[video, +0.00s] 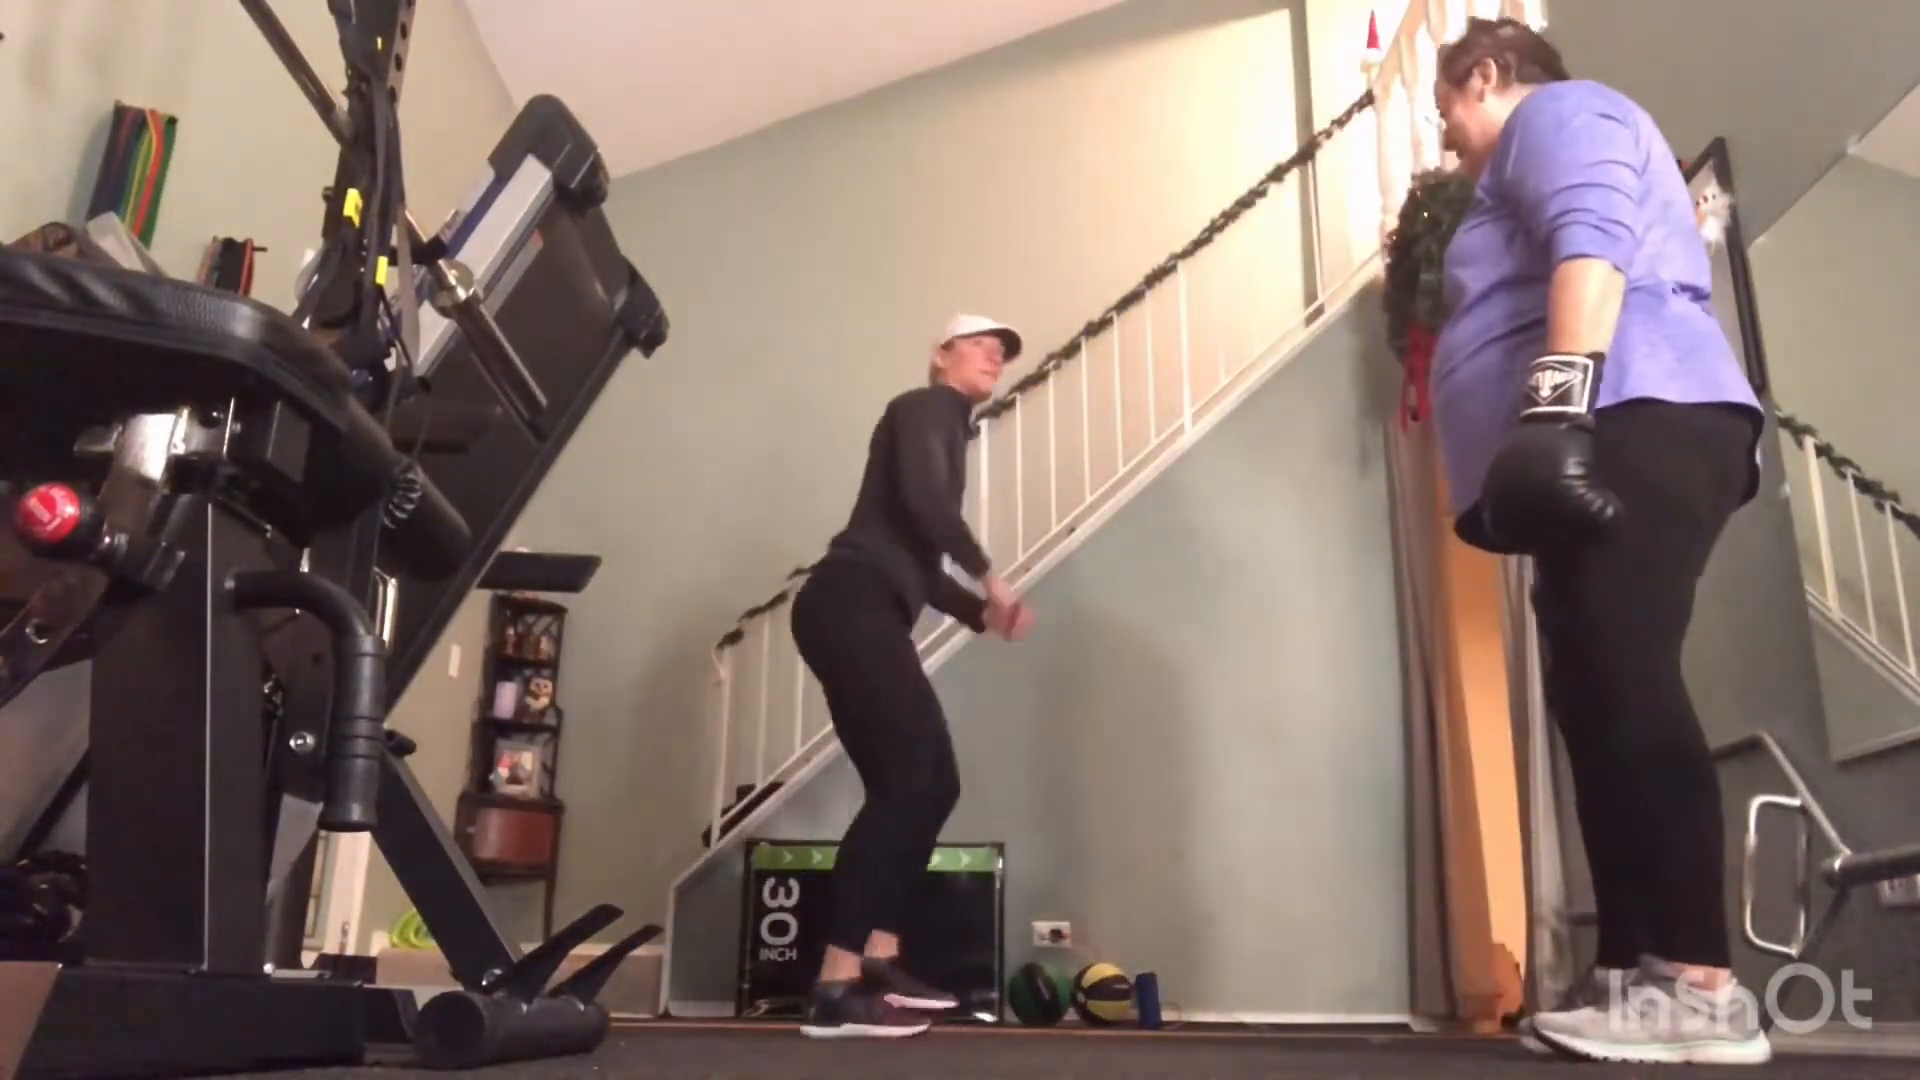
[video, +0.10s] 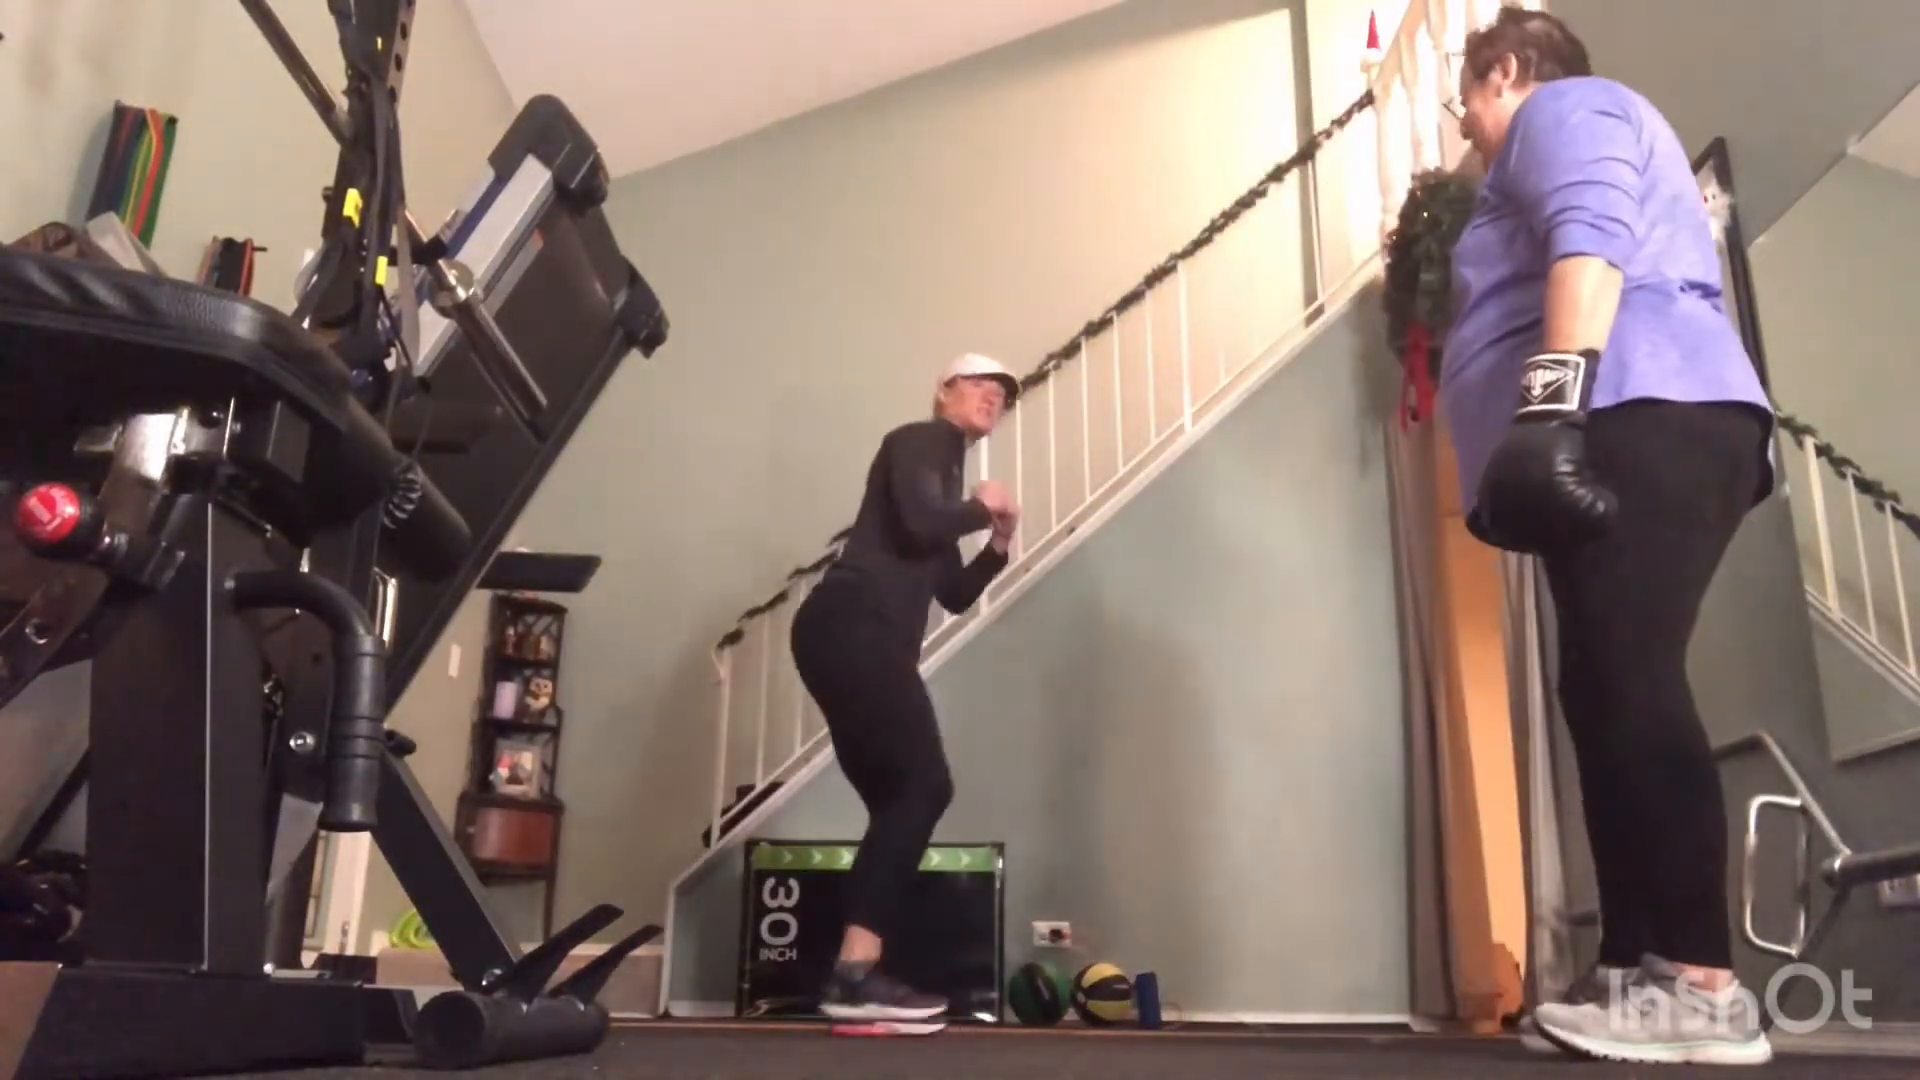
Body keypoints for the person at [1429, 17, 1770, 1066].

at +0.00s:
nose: (1447, 136)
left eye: (1448, 112)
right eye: (1441, 119)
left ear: (1487, 77)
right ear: (1502, 78)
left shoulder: (1563, 109)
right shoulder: (1515, 178)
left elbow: (1589, 242)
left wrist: (1555, 410)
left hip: (1651, 412)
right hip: (1608, 430)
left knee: (1623, 679)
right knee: (1587, 696)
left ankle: (1700, 986)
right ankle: (1635, 978)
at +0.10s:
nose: (1465, 126)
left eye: (1469, 101)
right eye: (1461, 108)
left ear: (1509, 73)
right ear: (1534, 73)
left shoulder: (1569, 106)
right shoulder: (1536, 169)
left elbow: (1588, 240)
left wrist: (1548, 407)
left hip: (1659, 410)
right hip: (1623, 427)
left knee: (1627, 680)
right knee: (1599, 690)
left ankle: (1701, 985)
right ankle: (1640, 977)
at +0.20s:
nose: (1470, 132)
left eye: (1474, 108)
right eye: (1466, 115)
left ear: (1512, 83)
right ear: (1542, 81)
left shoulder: (1565, 115)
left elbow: (1586, 243)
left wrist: (1552, 410)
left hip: (1654, 414)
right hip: (1635, 427)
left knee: (1626, 686)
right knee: (1606, 695)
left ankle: (1704, 987)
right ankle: (1677, 972)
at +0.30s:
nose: (1461, 150)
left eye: (1466, 129)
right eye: (1457, 135)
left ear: (1507, 106)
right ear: (1527, 106)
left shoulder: (1563, 141)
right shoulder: (1522, 201)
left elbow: (1588, 266)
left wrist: (1560, 425)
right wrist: (1440, 260)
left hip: (1645, 427)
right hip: (1619, 444)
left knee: (1636, 697)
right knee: (1628, 706)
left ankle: (1703, 985)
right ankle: (1682, 978)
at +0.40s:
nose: (1446, 153)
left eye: (1453, 132)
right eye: (1445, 137)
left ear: (1495, 111)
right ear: (1513, 114)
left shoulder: (1551, 150)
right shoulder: (1514, 207)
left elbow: (1577, 279)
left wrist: (1535, 437)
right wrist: (1434, 261)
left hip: (1634, 436)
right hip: (1602, 452)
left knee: (1624, 695)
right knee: (1612, 705)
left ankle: (1702, 984)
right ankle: (1682, 976)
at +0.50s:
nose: (1433, 155)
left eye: (1441, 134)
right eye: (1432, 139)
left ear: (1488, 112)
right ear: (1498, 114)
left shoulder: (1542, 151)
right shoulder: (1496, 218)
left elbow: (1569, 274)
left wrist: (1539, 432)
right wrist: (1426, 257)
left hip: (1629, 432)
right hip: (1597, 451)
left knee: (1614, 677)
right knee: (1604, 693)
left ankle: (1698, 985)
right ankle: (1679, 979)